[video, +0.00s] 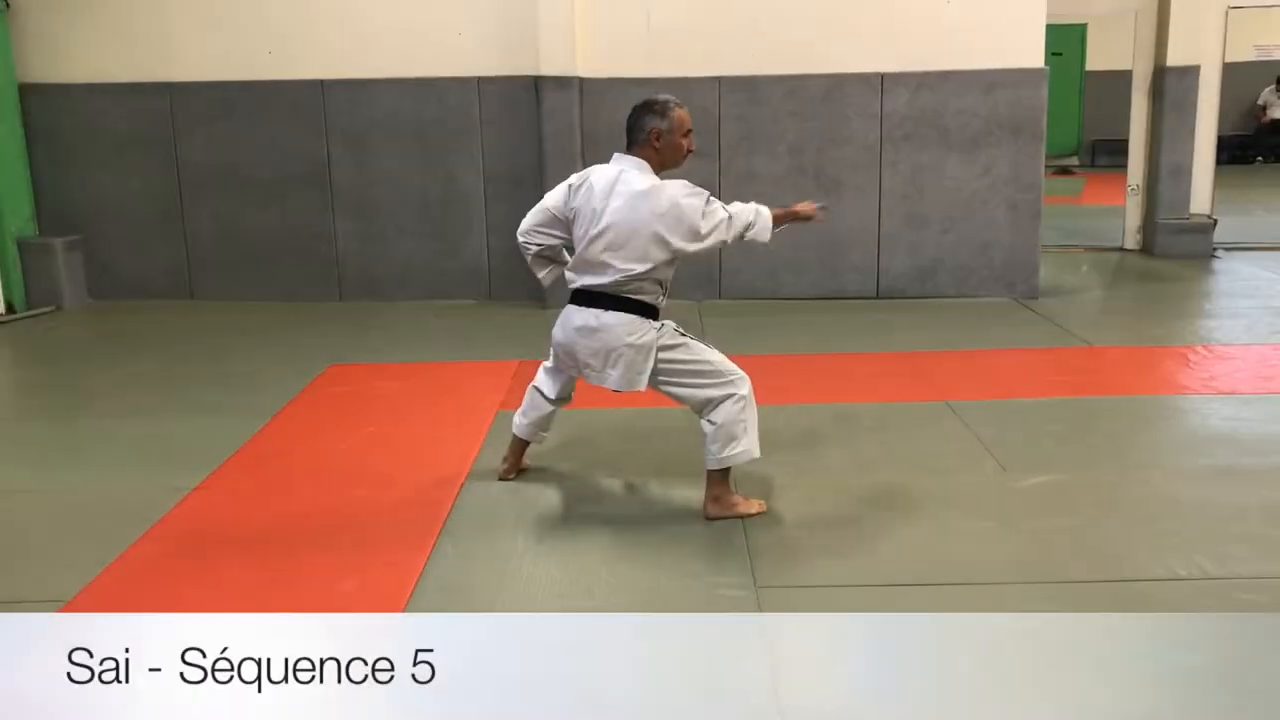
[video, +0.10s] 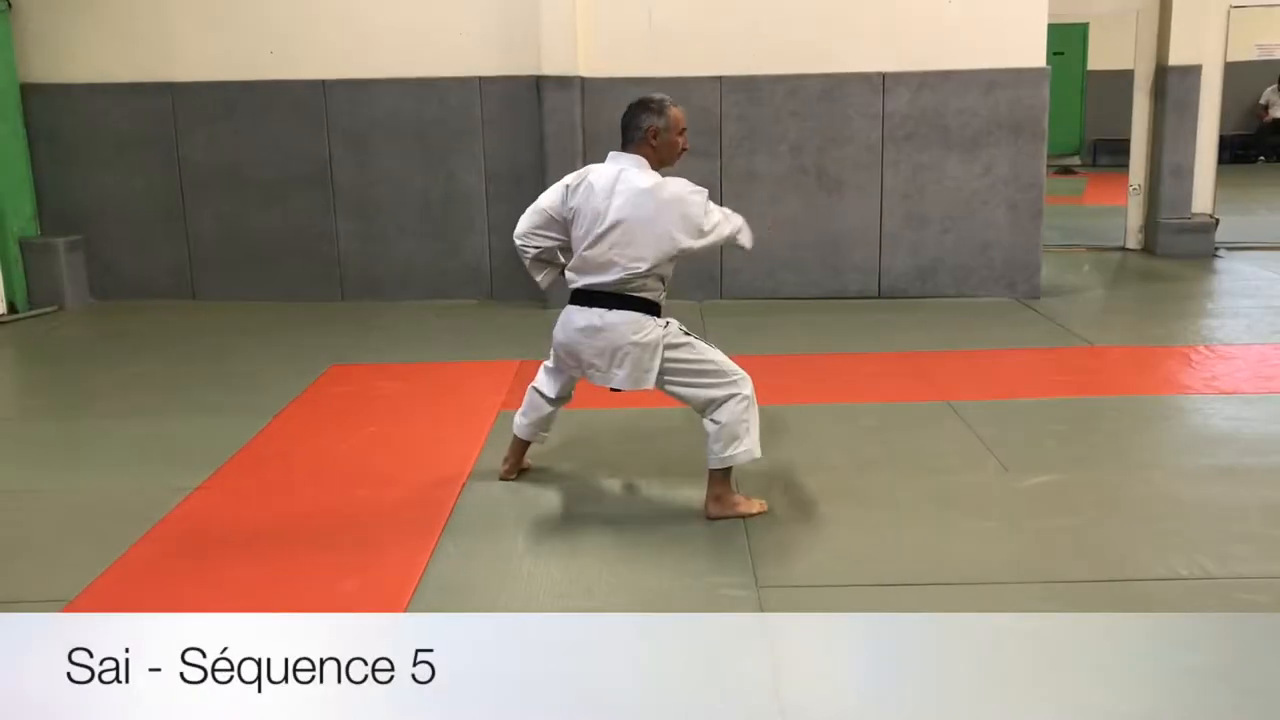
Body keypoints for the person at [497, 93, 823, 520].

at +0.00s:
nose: (692, 145)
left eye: (691, 135)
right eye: (685, 136)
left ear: (646, 139)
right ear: (654, 139)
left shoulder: (585, 181)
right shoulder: (673, 197)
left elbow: (532, 233)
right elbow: (734, 220)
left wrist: (572, 278)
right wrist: (788, 214)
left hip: (574, 322)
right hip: (633, 331)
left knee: (555, 374)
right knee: (730, 385)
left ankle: (511, 459)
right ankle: (719, 496)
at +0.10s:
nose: (686, 143)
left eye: (685, 133)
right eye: (679, 133)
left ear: (642, 137)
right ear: (651, 136)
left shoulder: (582, 182)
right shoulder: (673, 194)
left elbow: (527, 235)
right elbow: (727, 225)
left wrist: (568, 277)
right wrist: (734, 225)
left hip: (576, 324)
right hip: (638, 330)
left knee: (554, 377)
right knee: (732, 387)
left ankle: (512, 459)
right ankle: (721, 495)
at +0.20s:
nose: (676, 144)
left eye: (676, 134)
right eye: (672, 134)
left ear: (626, 137)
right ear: (647, 137)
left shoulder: (578, 181)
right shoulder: (677, 192)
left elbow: (527, 236)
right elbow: (698, 244)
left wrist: (562, 269)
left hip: (579, 325)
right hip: (644, 328)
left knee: (554, 378)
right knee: (734, 388)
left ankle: (514, 461)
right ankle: (723, 493)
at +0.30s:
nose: (667, 145)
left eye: (668, 137)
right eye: (664, 137)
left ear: (616, 140)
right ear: (646, 139)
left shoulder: (578, 181)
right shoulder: (669, 190)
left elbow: (537, 234)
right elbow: (671, 252)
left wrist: (555, 286)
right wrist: (590, 270)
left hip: (584, 327)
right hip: (650, 325)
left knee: (557, 377)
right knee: (734, 389)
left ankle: (516, 461)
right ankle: (724, 492)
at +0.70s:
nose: (688, 139)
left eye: (688, 131)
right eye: (685, 131)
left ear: (637, 134)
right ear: (664, 133)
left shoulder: (595, 177)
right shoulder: (693, 182)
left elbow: (545, 232)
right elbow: (710, 213)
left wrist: (575, 263)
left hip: (594, 318)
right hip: (655, 323)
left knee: (574, 380)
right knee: (743, 388)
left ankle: (529, 460)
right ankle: (738, 494)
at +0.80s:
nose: (698, 138)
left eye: (698, 129)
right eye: (693, 128)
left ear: (649, 133)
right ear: (670, 132)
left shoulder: (600, 177)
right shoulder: (687, 178)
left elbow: (547, 231)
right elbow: (757, 185)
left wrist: (586, 269)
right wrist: (795, 169)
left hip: (592, 314)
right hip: (649, 321)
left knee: (580, 376)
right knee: (744, 386)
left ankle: (534, 460)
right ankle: (740, 496)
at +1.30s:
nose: (718, 136)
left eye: (717, 126)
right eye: (713, 126)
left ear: (675, 128)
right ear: (685, 129)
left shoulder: (617, 174)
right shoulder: (710, 179)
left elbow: (562, 231)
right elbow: (785, 173)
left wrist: (608, 271)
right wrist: (853, 139)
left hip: (607, 314)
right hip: (664, 321)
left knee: (594, 380)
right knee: (756, 387)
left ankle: (547, 461)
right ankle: (754, 496)